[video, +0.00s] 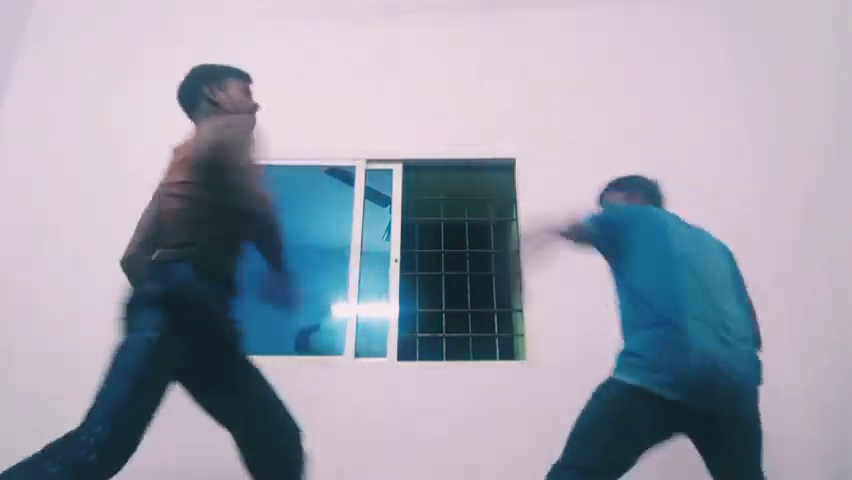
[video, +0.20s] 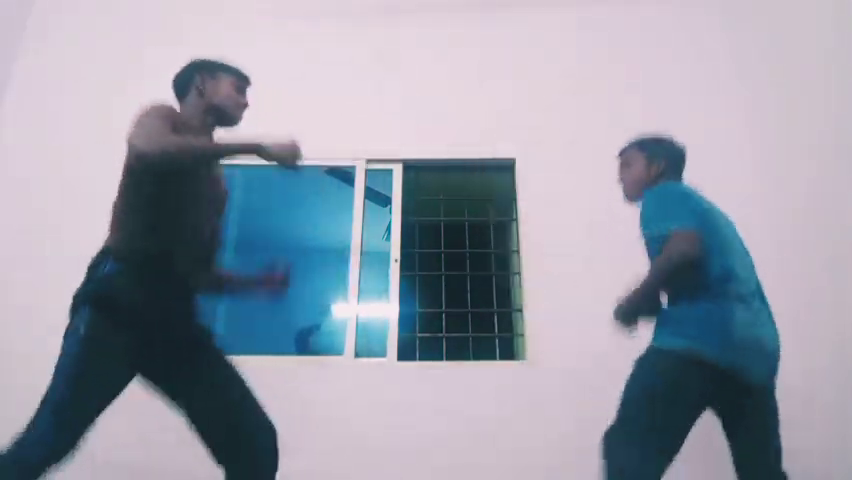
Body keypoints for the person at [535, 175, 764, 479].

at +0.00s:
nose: (603, 213)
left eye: (607, 206)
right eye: (603, 207)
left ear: (630, 198)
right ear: (658, 201)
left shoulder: (628, 218)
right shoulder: (716, 246)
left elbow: (578, 230)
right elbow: (752, 335)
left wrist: (554, 232)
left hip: (655, 380)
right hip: (732, 390)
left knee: (574, 474)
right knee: (745, 476)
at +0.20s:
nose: (620, 175)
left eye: (627, 165)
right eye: (620, 167)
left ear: (655, 167)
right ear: (659, 170)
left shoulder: (664, 195)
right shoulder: (709, 213)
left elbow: (684, 245)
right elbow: (715, 295)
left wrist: (639, 297)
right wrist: (658, 306)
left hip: (694, 344)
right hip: (751, 355)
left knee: (630, 453)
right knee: (763, 470)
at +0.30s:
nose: (617, 136)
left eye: (624, 126)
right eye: (617, 128)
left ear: (653, 126)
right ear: (658, 130)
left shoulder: (662, 154)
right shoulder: (699, 175)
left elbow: (683, 208)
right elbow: (692, 256)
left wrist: (624, 246)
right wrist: (640, 254)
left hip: (691, 306)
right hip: (743, 316)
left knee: (661, 429)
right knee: (759, 449)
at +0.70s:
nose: (586, 122)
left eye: (594, 113)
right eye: (587, 115)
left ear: (624, 114)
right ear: (627, 119)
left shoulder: (632, 142)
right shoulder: (662, 159)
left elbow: (644, 196)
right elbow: (679, 238)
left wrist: (599, 215)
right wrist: (631, 252)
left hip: (667, 301)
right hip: (704, 306)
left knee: (677, 414)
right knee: (706, 421)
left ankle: (722, 471)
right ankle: (726, 472)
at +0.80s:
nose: (584, 136)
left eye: (591, 126)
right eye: (584, 128)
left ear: (620, 128)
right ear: (626, 132)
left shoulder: (627, 157)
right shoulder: (657, 171)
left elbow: (640, 213)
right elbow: (674, 253)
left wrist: (594, 234)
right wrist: (624, 272)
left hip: (658, 313)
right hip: (697, 319)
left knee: (659, 425)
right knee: (691, 431)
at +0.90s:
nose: (578, 177)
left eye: (584, 167)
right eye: (578, 169)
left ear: (612, 167)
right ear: (617, 170)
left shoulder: (624, 199)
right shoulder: (659, 214)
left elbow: (633, 264)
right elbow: (671, 297)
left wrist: (582, 291)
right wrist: (622, 328)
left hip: (656, 343)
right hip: (702, 353)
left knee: (616, 452)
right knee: (681, 464)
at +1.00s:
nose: (563, 209)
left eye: (567, 199)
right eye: (562, 202)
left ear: (593, 196)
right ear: (603, 199)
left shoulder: (604, 220)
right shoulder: (648, 235)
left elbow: (617, 280)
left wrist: (574, 322)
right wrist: (621, 349)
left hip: (660, 338)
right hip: (713, 347)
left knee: (596, 448)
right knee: (689, 464)